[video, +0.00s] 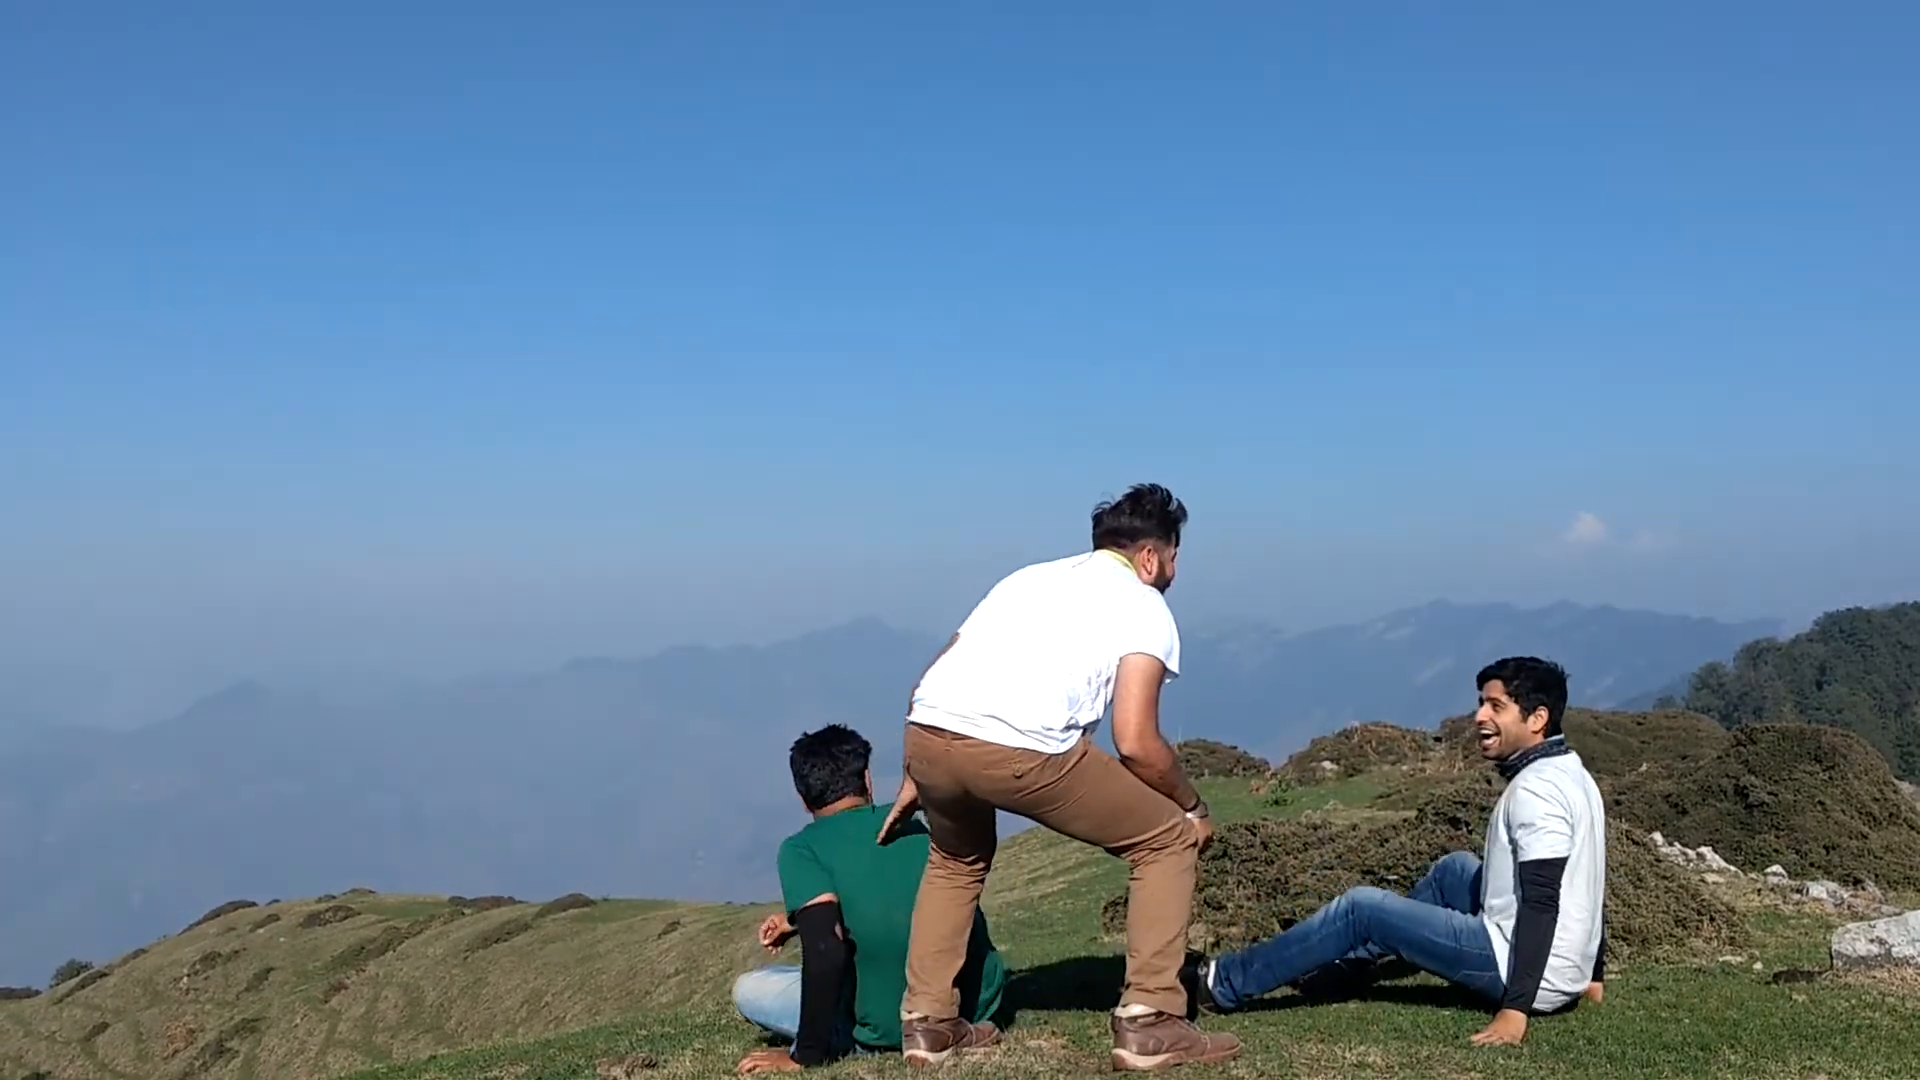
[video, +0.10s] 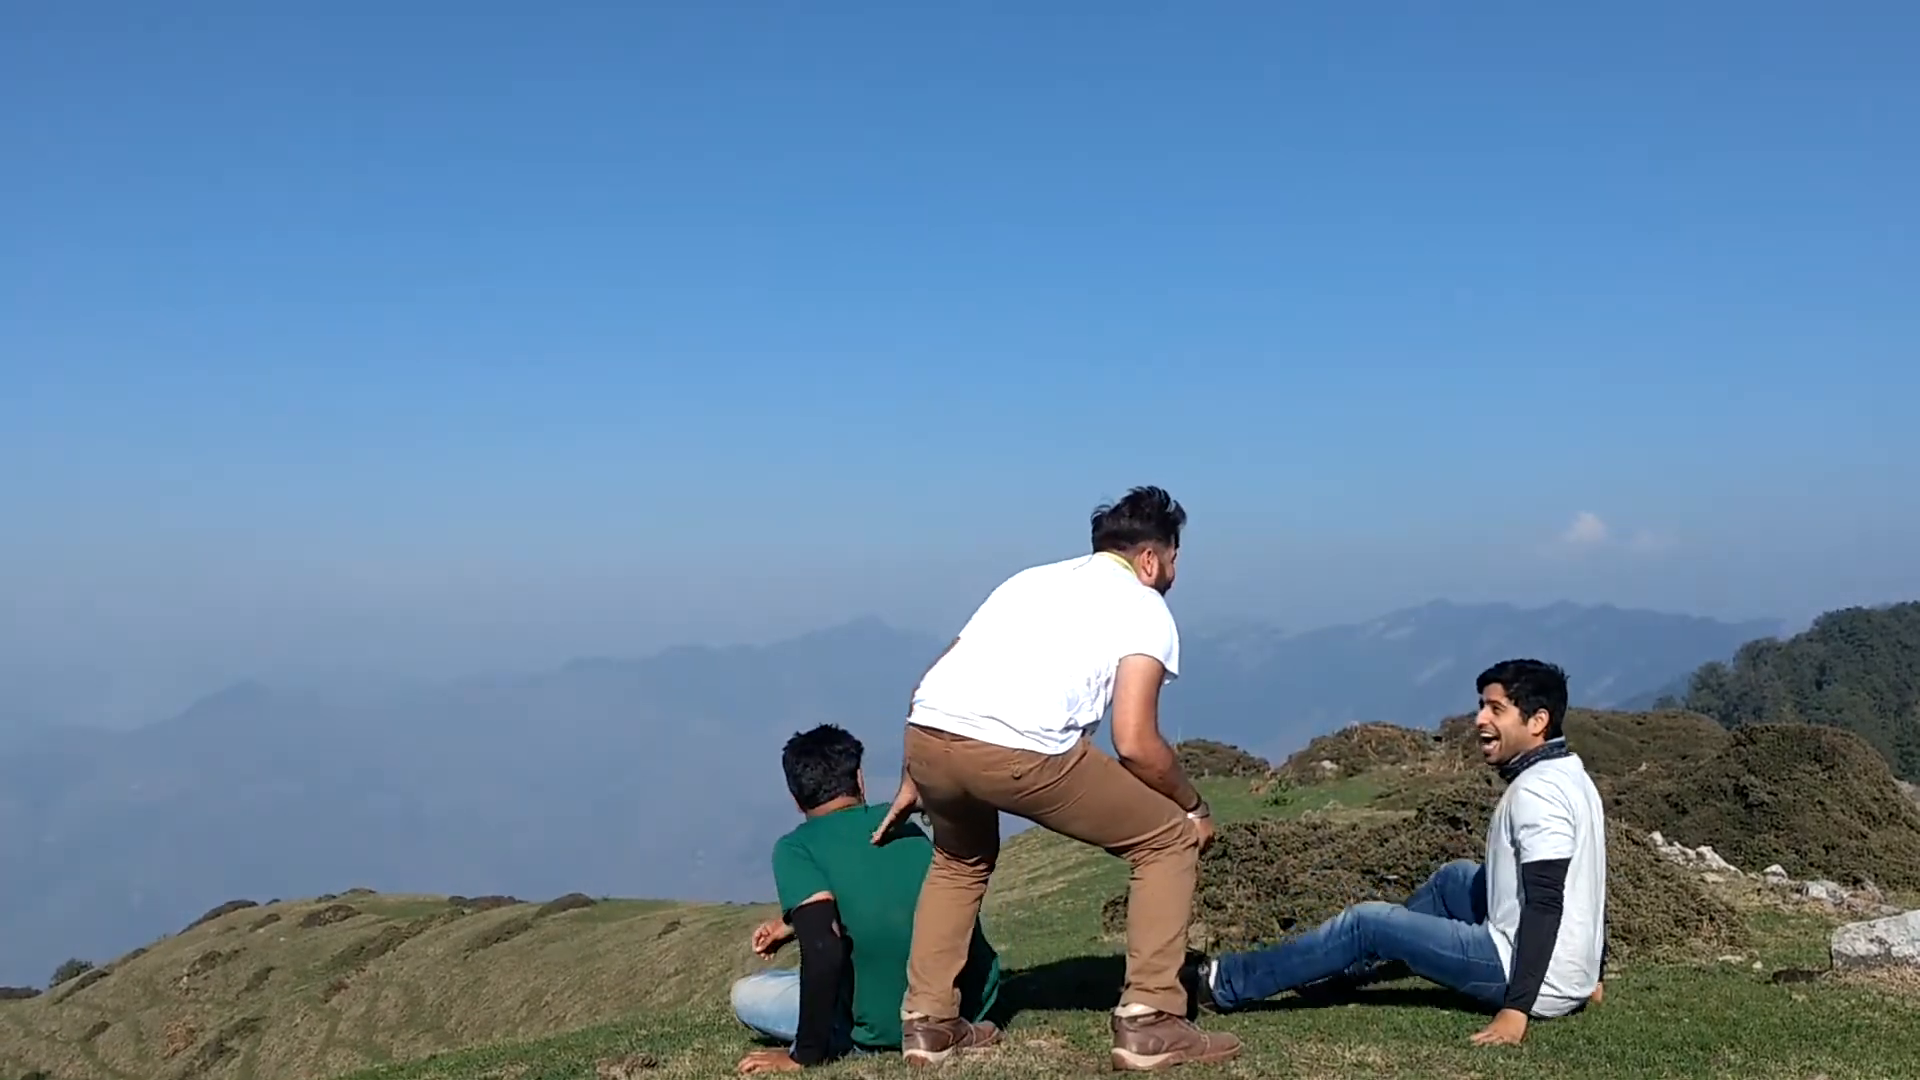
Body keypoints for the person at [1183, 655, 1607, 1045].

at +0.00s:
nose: (1480, 718)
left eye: (1495, 706)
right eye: (1481, 705)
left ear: (1539, 718)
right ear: (1537, 720)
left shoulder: (1534, 792)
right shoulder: (1572, 775)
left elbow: (1540, 904)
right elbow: (1591, 883)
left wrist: (1513, 1013)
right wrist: (1592, 976)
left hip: (1516, 971)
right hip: (1555, 966)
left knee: (1360, 907)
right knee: (1457, 868)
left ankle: (1218, 983)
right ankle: (1349, 966)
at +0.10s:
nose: (1481, 721)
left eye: (1495, 709)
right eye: (1481, 708)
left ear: (1539, 722)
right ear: (1536, 723)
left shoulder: (1535, 793)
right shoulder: (1569, 776)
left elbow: (1543, 906)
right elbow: (1585, 883)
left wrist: (1515, 1012)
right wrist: (1587, 970)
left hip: (1523, 974)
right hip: (1557, 964)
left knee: (1365, 921)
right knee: (1458, 876)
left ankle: (1219, 983)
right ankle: (1357, 965)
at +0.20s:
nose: (1482, 725)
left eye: (1496, 714)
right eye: (1483, 713)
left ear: (1540, 728)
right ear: (1537, 730)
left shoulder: (1542, 797)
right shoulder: (1559, 778)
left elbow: (1553, 909)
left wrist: (1517, 1010)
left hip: (1540, 983)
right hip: (1563, 964)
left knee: (1377, 944)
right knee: (1458, 887)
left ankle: (1216, 991)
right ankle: (1373, 960)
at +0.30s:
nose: (1483, 727)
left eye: (1497, 716)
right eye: (1483, 715)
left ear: (1541, 729)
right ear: (1539, 731)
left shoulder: (1549, 798)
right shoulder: (1554, 780)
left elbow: (1566, 909)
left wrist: (1519, 1008)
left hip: (1545, 981)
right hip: (1553, 951)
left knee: (1386, 954)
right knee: (1462, 889)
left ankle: (1226, 997)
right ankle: (1344, 959)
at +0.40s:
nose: (1482, 734)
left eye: (1496, 723)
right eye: (1483, 722)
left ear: (1541, 737)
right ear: (1538, 740)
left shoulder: (1546, 807)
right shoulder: (1563, 787)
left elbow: (1578, 919)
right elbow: (1618, 878)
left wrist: (1521, 1009)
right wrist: (1593, 948)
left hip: (1538, 984)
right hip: (1549, 956)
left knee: (1386, 962)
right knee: (1458, 891)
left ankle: (1229, 1001)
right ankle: (1340, 960)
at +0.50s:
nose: (1481, 735)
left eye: (1496, 724)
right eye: (1482, 722)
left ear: (1540, 738)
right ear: (1541, 740)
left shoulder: (1544, 807)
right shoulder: (1572, 787)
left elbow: (1583, 916)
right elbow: (1627, 874)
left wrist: (1512, 994)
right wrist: (1588, 928)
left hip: (1536, 986)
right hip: (1557, 959)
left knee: (1378, 956)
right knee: (1459, 887)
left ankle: (1226, 996)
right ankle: (1342, 958)